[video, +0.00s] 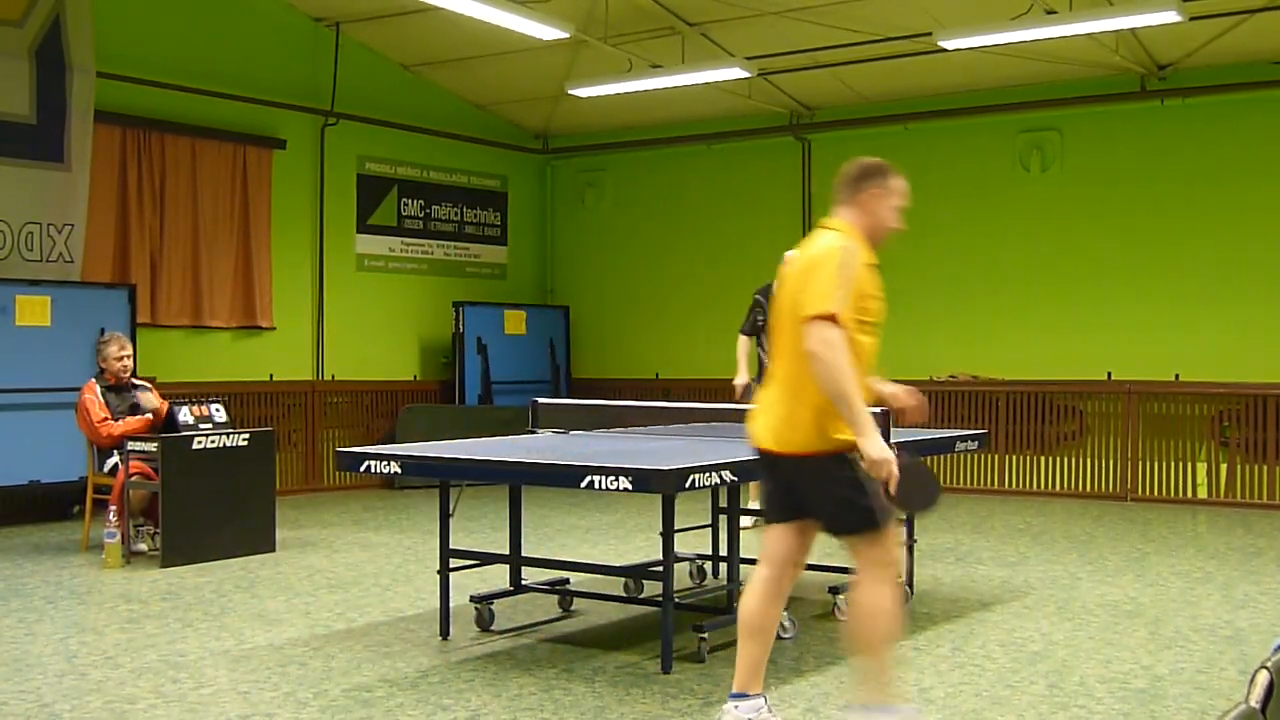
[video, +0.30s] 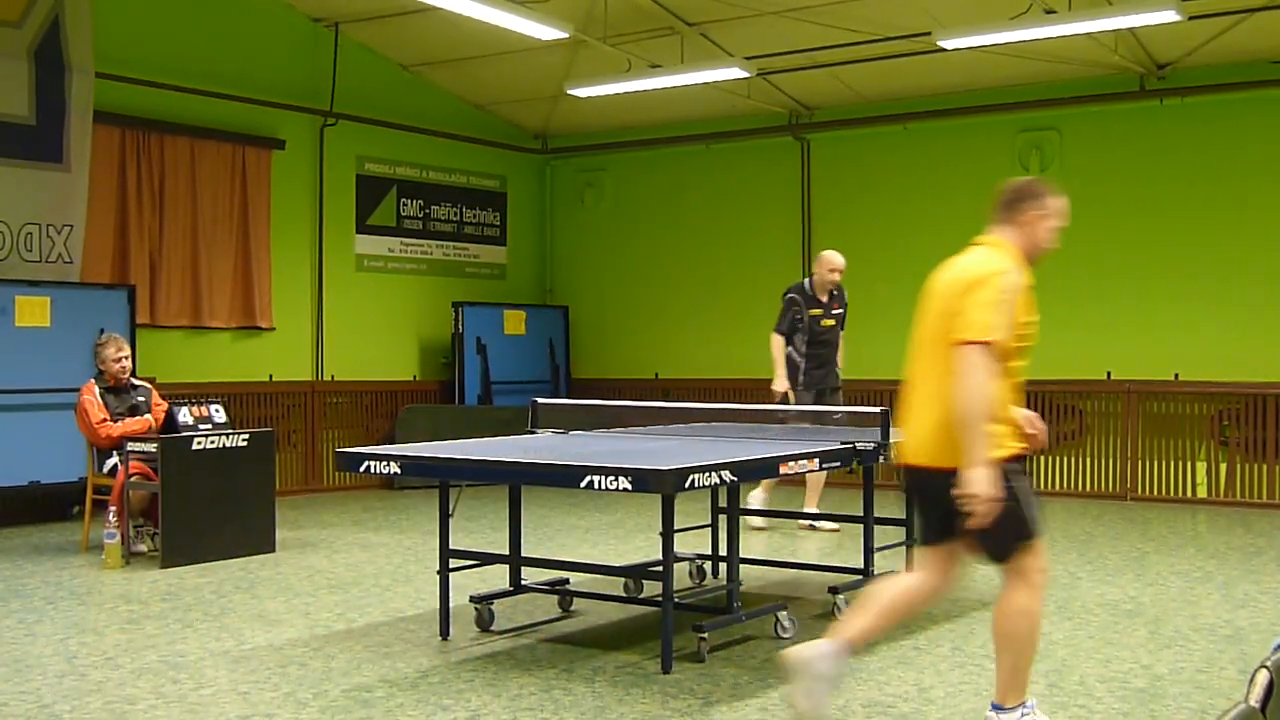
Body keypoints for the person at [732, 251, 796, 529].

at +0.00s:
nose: (792, 269)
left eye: (797, 265)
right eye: (789, 263)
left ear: (807, 269)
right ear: (782, 267)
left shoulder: (813, 299)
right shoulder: (765, 296)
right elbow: (746, 334)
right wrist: (742, 372)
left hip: (801, 385)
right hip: (769, 383)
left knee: (798, 450)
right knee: (763, 449)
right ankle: (754, 505)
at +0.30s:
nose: (837, 276)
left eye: (840, 272)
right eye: (833, 271)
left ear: (842, 273)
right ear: (816, 270)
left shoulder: (840, 296)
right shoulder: (796, 296)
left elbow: (838, 335)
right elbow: (778, 335)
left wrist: (838, 370)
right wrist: (780, 376)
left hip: (828, 382)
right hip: (799, 384)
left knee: (826, 446)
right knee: (791, 443)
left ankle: (810, 512)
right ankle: (760, 495)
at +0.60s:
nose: (878, 284)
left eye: (880, 279)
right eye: (875, 277)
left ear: (872, 276)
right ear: (858, 271)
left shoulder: (862, 298)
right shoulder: (835, 294)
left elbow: (860, 334)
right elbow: (815, 330)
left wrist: (879, 362)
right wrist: (815, 370)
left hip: (845, 380)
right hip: (831, 380)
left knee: (825, 446)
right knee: (855, 441)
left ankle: (809, 509)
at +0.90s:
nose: (913, 278)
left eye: (915, 273)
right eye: (911, 272)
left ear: (900, 266)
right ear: (896, 263)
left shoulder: (889, 287)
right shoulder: (873, 286)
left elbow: (880, 334)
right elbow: (856, 326)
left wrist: (883, 373)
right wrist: (859, 367)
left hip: (878, 374)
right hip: (871, 375)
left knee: (854, 438)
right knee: (892, 439)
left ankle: (820, 493)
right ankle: (897, 505)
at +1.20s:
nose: (946, 272)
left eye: (949, 266)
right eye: (945, 265)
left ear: (929, 256)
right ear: (931, 256)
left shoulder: (906, 276)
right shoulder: (914, 279)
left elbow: (903, 326)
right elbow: (909, 323)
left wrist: (930, 359)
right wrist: (934, 358)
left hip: (910, 368)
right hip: (909, 369)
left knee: (935, 424)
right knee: (911, 433)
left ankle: (916, 493)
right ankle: (898, 501)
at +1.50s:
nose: (984, 279)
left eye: (987, 274)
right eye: (984, 272)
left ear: (969, 261)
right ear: (970, 261)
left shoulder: (946, 282)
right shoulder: (950, 285)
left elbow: (939, 333)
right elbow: (943, 328)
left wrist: (960, 369)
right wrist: (968, 366)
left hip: (953, 379)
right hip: (940, 377)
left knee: (973, 437)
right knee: (922, 439)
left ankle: (990, 502)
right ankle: (895, 502)